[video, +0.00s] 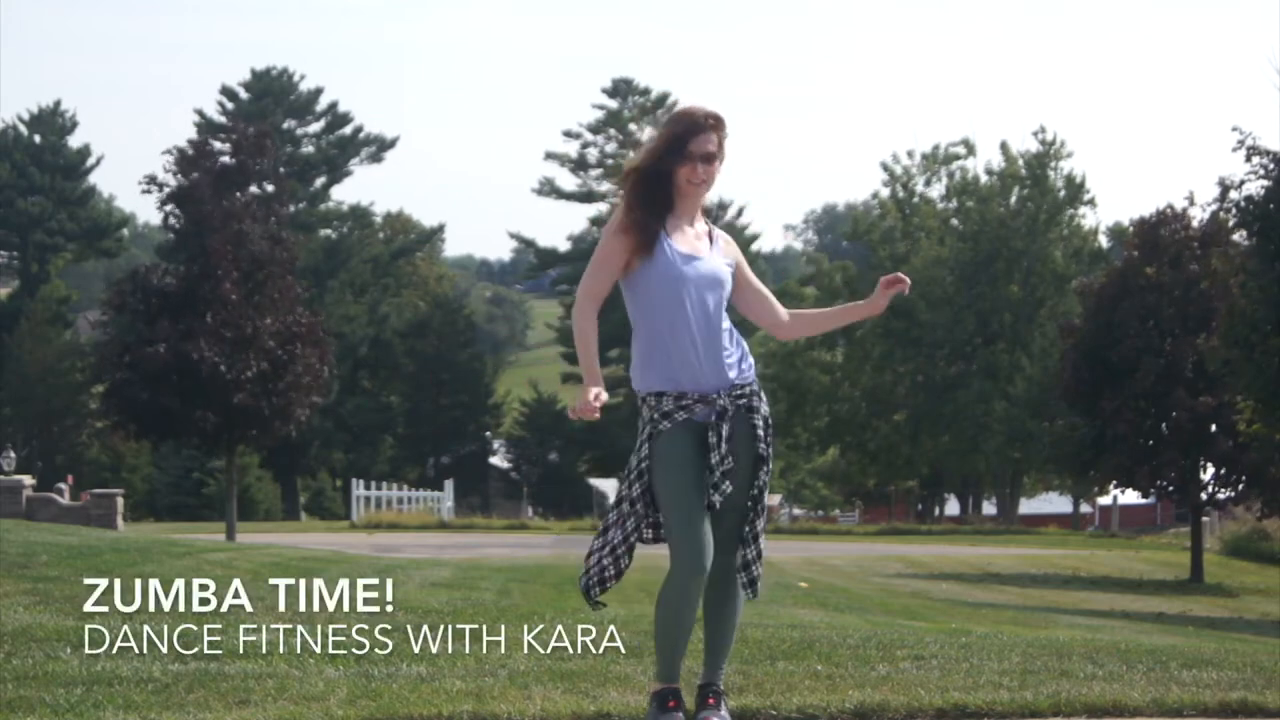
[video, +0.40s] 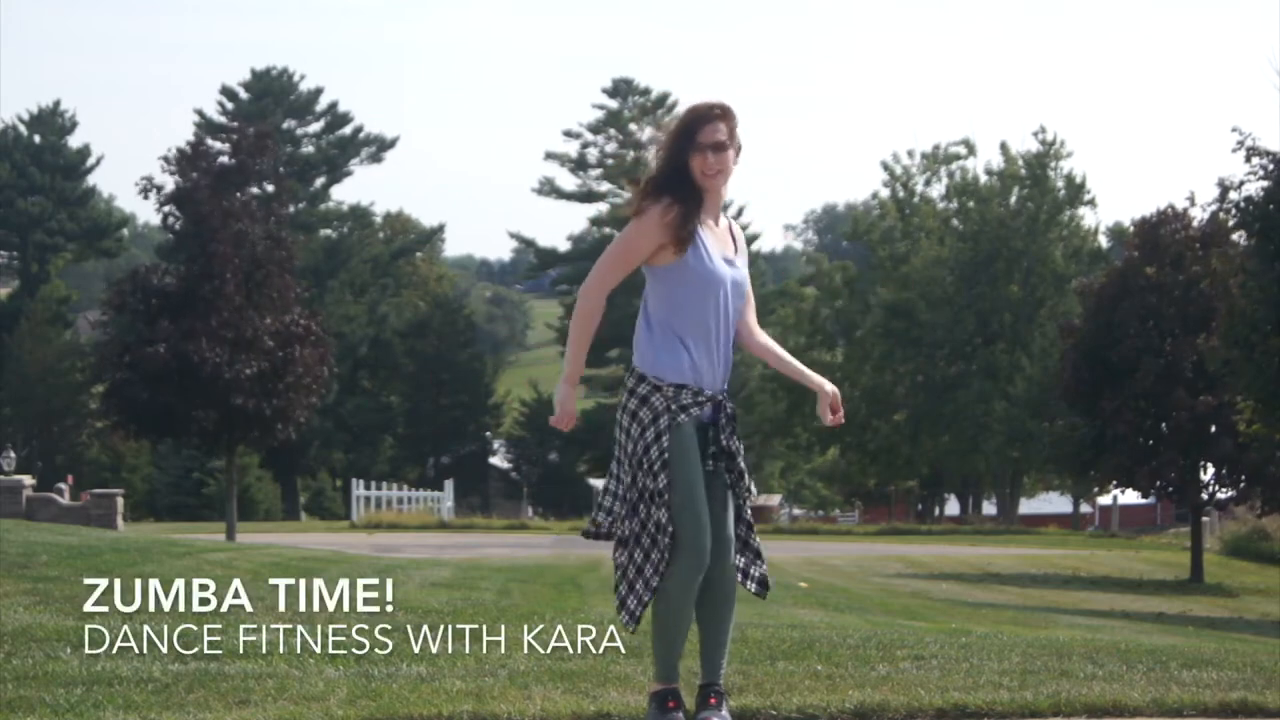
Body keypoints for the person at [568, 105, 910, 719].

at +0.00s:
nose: (704, 169)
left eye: (713, 159)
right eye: (694, 157)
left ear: (721, 166)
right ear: (669, 160)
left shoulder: (722, 243)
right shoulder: (633, 226)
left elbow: (784, 322)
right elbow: (586, 302)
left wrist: (868, 307)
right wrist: (592, 381)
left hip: (739, 408)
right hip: (671, 410)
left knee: (728, 559)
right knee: (693, 557)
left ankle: (712, 691)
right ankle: (667, 691)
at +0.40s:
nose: (715, 156)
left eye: (724, 146)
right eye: (703, 147)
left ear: (737, 154)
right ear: (684, 156)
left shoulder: (730, 232)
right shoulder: (664, 219)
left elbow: (750, 333)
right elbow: (594, 289)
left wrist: (817, 382)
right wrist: (569, 382)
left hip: (711, 408)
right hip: (663, 402)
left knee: (723, 551)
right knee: (692, 545)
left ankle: (711, 694)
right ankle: (664, 694)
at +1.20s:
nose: (694, 156)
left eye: (704, 146)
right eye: (683, 147)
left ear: (720, 156)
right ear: (666, 160)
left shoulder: (747, 227)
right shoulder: (660, 239)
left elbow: (777, 327)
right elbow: (600, 314)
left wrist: (742, 415)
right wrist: (514, 340)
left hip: (711, 412)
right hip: (646, 405)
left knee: (697, 558)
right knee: (655, 551)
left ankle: (708, 693)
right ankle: (660, 683)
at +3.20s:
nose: (711, 148)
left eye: (720, 137)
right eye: (698, 142)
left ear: (740, 147)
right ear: (684, 156)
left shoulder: (762, 236)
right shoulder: (660, 218)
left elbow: (753, 336)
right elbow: (579, 274)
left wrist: (723, 411)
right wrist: (512, 339)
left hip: (707, 407)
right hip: (641, 394)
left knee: (711, 547)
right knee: (647, 545)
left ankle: (712, 689)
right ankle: (660, 685)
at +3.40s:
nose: (701, 148)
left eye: (710, 138)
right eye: (689, 141)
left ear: (729, 150)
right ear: (674, 158)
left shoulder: (762, 234)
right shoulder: (654, 223)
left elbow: (771, 338)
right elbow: (568, 276)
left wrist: (720, 411)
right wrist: (481, 312)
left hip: (709, 410)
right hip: (634, 397)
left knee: (701, 552)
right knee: (645, 548)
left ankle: (709, 692)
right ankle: (659, 687)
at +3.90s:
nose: (696, 161)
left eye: (704, 151)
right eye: (684, 151)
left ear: (713, 157)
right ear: (657, 157)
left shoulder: (728, 217)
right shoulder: (642, 240)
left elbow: (821, 250)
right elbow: (574, 311)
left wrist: (877, 299)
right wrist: (482, 317)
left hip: (713, 412)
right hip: (651, 408)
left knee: (691, 561)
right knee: (649, 560)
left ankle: (707, 695)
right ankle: (660, 688)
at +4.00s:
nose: (697, 162)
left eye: (704, 151)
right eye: (685, 151)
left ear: (712, 153)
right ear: (656, 155)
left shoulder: (724, 215)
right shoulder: (635, 235)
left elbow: (813, 237)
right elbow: (571, 311)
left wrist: (897, 249)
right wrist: (487, 334)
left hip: (721, 407)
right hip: (658, 409)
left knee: (702, 556)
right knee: (649, 555)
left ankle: (707, 694)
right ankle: (660, 687)